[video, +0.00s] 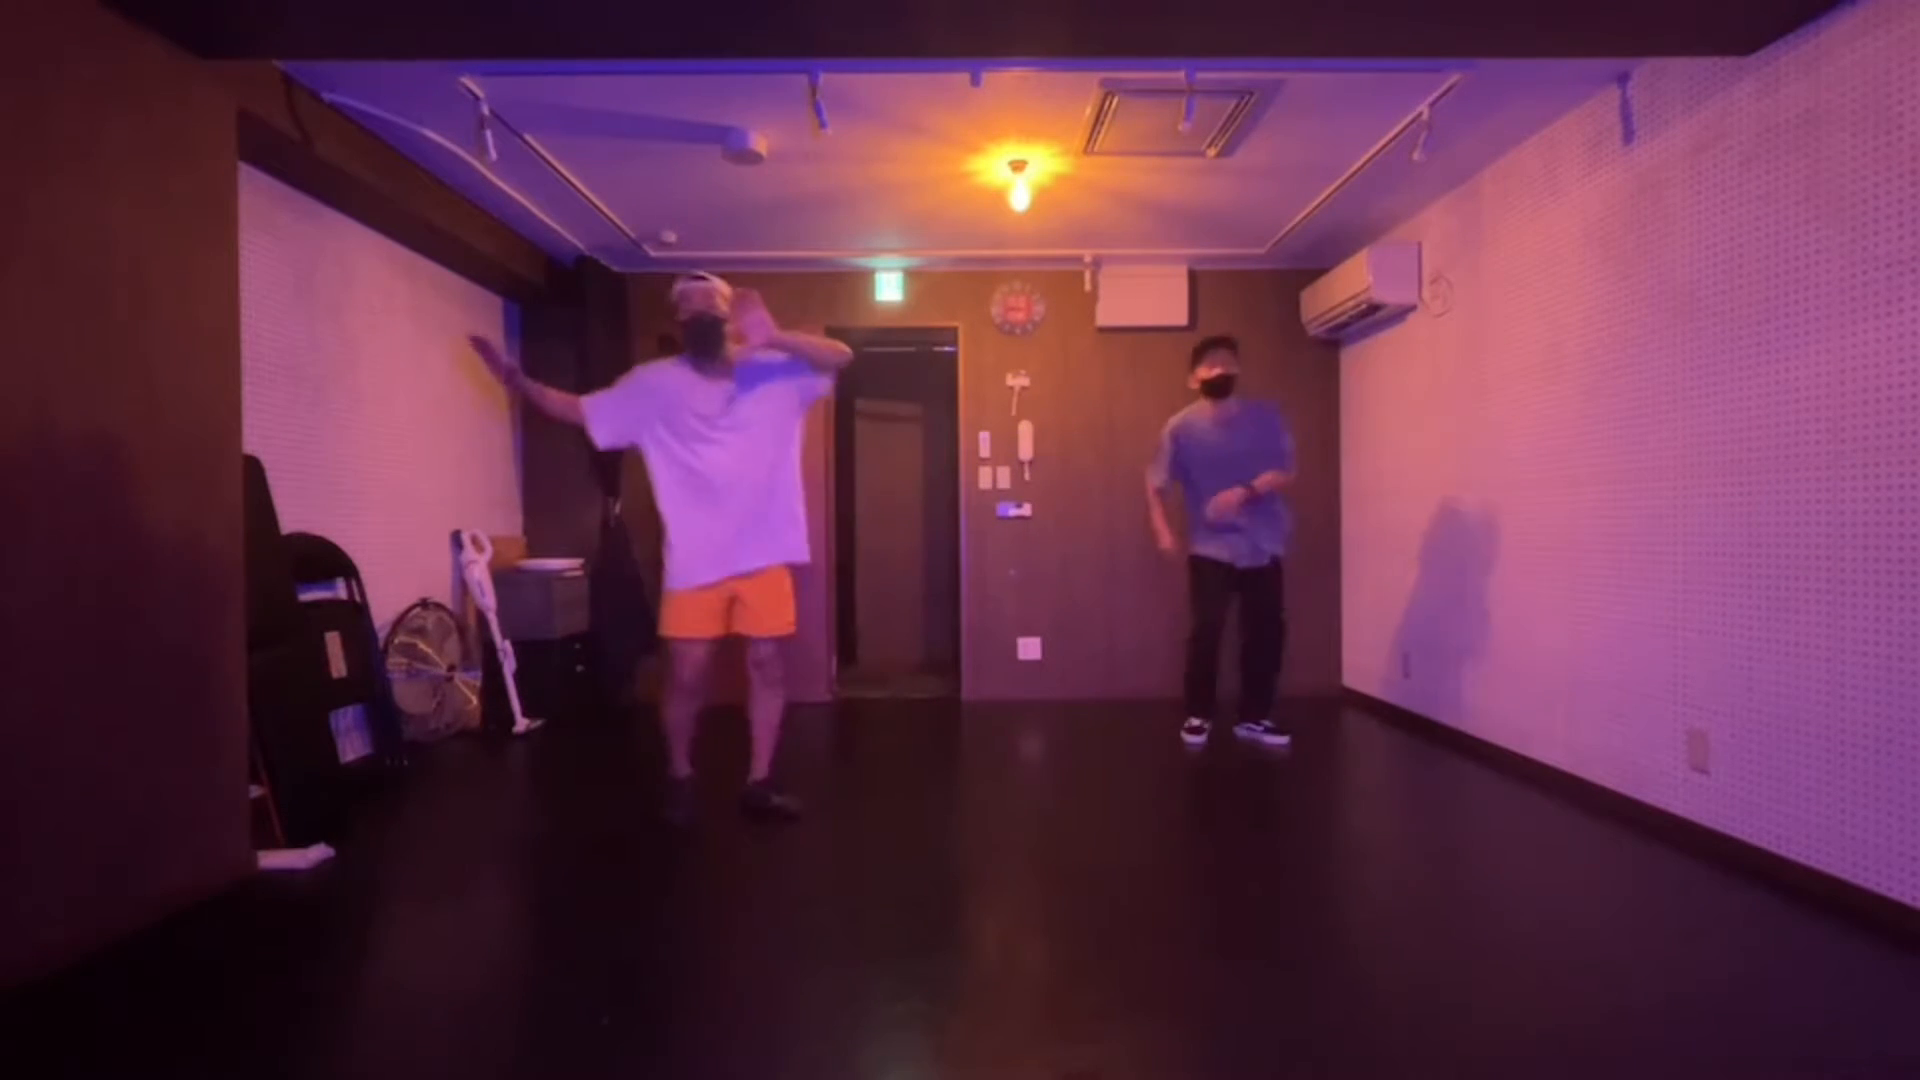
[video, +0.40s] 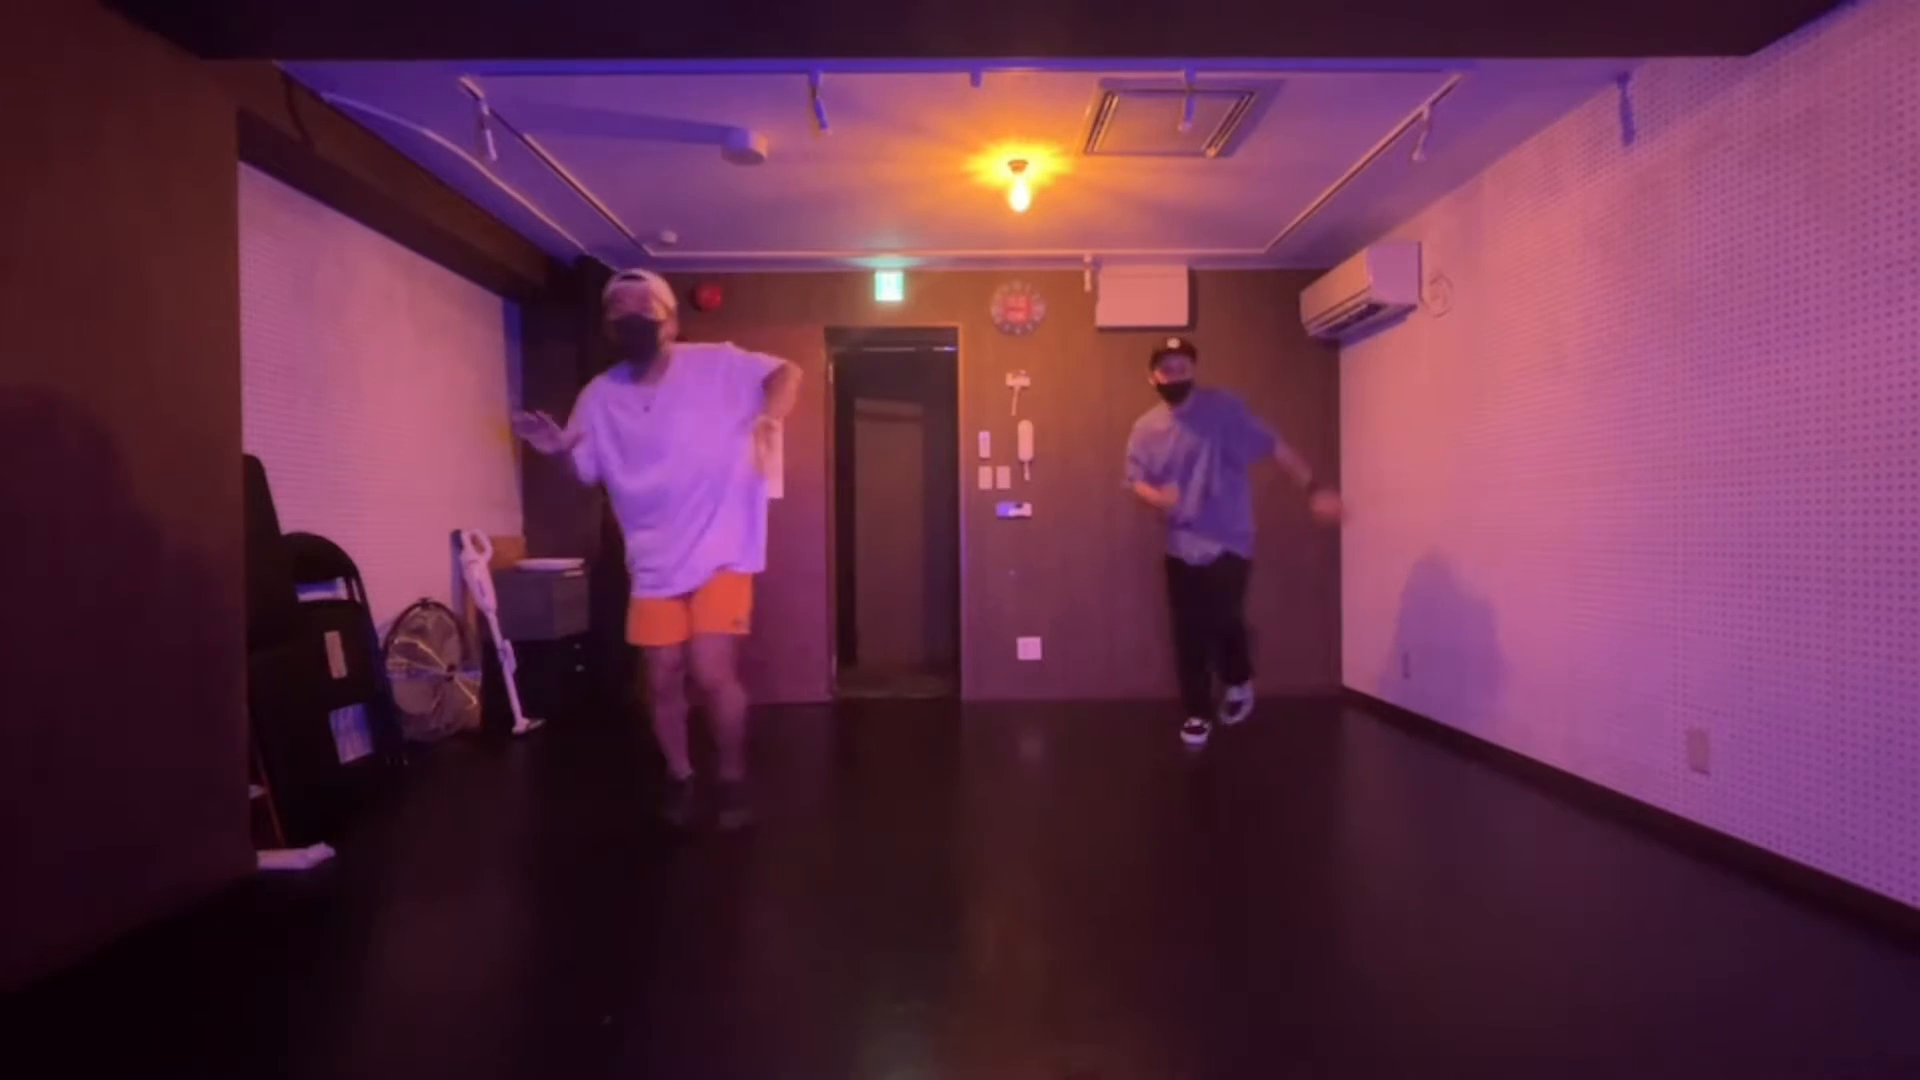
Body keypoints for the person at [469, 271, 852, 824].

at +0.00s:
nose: (699, 316)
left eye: (709, 306)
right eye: (688, 309)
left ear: (731, 318)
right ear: (676, 324)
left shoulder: (774, 374)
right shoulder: (657, 382)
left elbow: (841, 356)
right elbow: (579, 409)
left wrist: (773, 335)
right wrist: (514, 378)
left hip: (765, 551)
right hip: (694, 556)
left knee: (767, 661)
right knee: (688, 672)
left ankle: (760, 783)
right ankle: (680, 780)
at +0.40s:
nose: (635, 323)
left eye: (646, 312)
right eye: (623, 315)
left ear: (670, 319)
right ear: (609, 328)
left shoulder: (713, 363)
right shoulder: (599, 396)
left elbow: (786, 372)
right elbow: (587, 469)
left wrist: (769, 418)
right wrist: (558, 447)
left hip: (723, 544)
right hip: (654, 555)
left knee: (711, 667)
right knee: (663, 676)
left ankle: (732, 783)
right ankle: (680, 783)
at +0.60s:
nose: (606, 389)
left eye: (617, 374)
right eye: (593, 378)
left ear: (640, 372)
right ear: (577, 383)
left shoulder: (686, 401)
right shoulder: (581, 448)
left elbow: (770, 382)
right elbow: (544, 523)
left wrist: (820, 434)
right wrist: (526, 461)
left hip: (713, 574)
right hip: (646, 589)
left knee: (668, 700)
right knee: (636, 706)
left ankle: (632, 819)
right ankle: (696, 775)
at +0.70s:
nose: (599, 386)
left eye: (608, 373)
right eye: (584, 381)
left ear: (633, 380)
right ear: (571, 398)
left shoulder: (688, 414)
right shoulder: (572, 462)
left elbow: (777, 406)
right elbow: (533, 536)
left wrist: (817, 469)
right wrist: (519, 492)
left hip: (707, 591)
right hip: (638, 608)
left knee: (659, 716)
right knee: (629, 735)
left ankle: (631, 819)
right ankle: (692, 773)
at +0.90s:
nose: (615, 339)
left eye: (629, 326)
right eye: (603, 328)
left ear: (657, 335)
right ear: (588, 340)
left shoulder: (707, 398)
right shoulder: (574, 423)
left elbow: (768, 476)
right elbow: (548, 505)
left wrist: (758, 544)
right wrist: (531, 558)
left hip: (695, 584)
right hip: (620, 587)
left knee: (661, 712)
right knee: (617, 711)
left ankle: (631, 823)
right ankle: (672, 752)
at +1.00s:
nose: (647, 316)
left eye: (661, 304)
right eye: (635, 305)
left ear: (688, 318)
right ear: (618, 317)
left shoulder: (725, 393)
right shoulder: (588, 398)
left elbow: (746, 492)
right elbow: (552, 495)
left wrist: (722, 565)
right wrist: (529, 585)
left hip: (695, 579)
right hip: (614, 578)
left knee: (665, 708)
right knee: (613, 700)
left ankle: (632, 820)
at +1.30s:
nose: (706, 329)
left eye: (721, 320)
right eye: (694, 318)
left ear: (743, 337)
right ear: (673, 329)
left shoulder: (764, 415)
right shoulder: (624, 389)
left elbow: (829, 488)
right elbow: (541, 441)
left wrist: (780, 484)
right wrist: (532, 523)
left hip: (704, 595)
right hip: (627, 581)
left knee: (683, 721)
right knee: (674, 705)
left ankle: (611, 824)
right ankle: (717, 861)